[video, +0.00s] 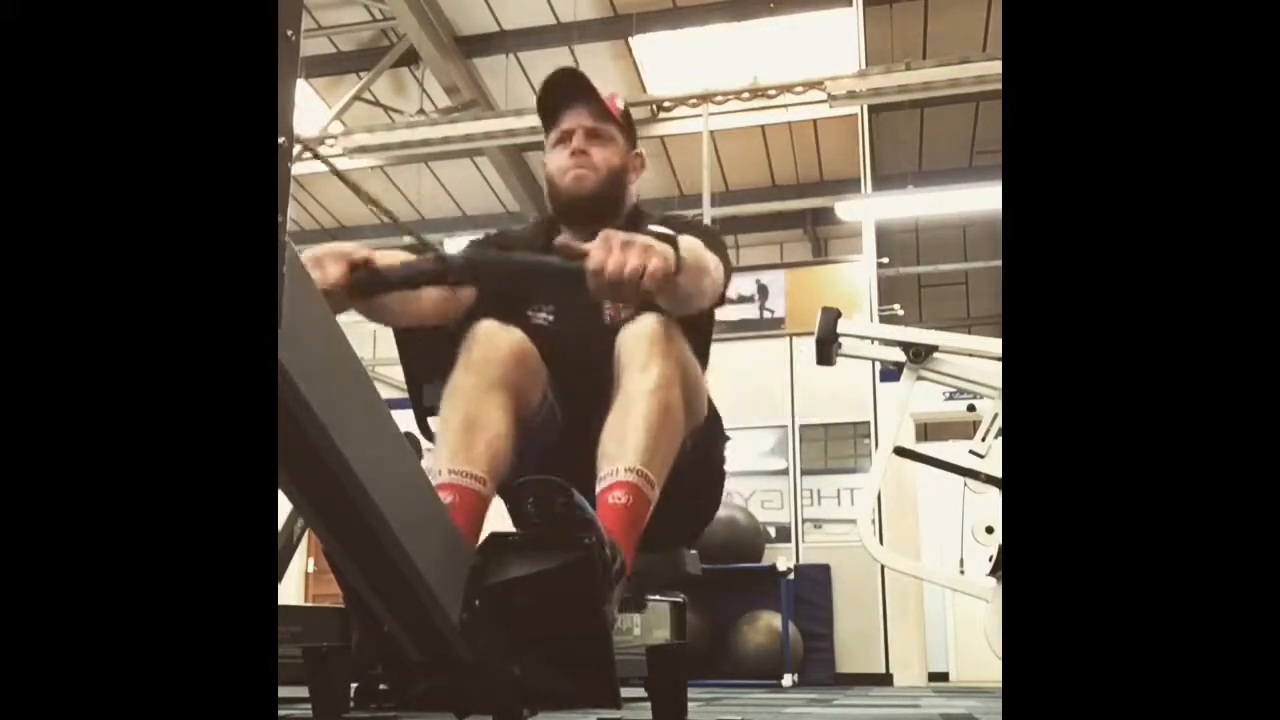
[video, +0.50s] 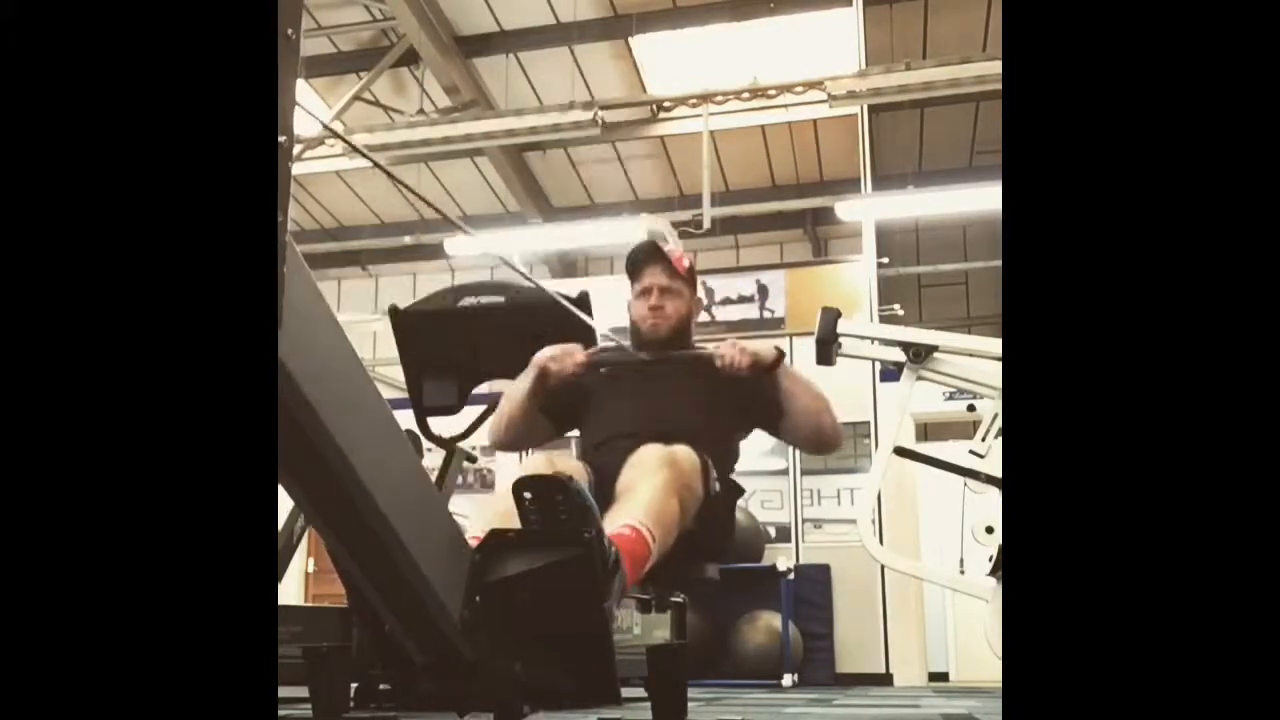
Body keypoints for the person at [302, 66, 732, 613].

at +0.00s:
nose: (577, 146)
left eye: (597, 137)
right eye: (563, 140)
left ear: (634, 163)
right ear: (545, 167)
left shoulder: (679, 240)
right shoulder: (512, 248)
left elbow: (704, 282)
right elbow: (440, 292)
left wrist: (662, 265)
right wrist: (364, 280)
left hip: (661, 484)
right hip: (543, 481)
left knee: (652, 332)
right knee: (493, 339)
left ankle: (607, 557)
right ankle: (444, 552)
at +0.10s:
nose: (597, 164)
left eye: (615, 155)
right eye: (583, 156)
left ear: (648, 180)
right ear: (567, 183)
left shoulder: (691, 255)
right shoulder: (537, 272)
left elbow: (727, 313)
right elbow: (457, 324)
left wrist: (691, 291)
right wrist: (405, 311)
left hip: (670, 481)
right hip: (555, 473)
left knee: (656, 361)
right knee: (500, 366)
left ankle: (608, 565)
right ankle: (446, 556)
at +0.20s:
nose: (625, 198)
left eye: (642, 190)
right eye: (611, 189)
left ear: (669, 210)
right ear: (593, 207)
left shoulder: (699, 276)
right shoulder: (565, 283)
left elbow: (747, 333)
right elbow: (492, 339)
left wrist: (707, 289)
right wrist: (449, 319)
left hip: (678, 471)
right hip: (563, 466)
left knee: (662, 405)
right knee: (505, 411)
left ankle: (607, 569)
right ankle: (452, 558)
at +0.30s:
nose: (646, 248)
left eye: (660, 237)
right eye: (634, 238)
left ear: (683, 249)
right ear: (620, 251)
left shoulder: (713, 317)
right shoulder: (592, 327)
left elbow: (775, 368)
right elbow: (513, 380)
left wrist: (736, 327)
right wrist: (497, 346)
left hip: (690, 476)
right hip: (589, 474)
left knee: (660, 443)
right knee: (524, 453)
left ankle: (611, 566)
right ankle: (468, 553)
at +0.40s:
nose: (656, 293)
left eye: (670, 284)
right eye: (645, 284)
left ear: (693, 296)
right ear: (630, 294)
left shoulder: (722, 363)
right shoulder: (588, 365)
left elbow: (804, 419)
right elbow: (504, 424)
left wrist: (754, 365)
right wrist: (516, 379)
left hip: (695, 492)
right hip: (594, 490)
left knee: (662, 470)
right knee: (539, 475)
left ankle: (612, 578)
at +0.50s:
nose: (655, 302)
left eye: (669, 293)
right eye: (645, 293)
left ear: (695, 304)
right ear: (630, 305)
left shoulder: (726, 368)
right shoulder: (596, 368)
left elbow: (825, 437)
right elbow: (505, 438)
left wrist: (773, 365)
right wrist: (535, 376)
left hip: (696, 498)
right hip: (595, 488)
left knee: (660, 461)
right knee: (537, 468)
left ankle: (605, 575)